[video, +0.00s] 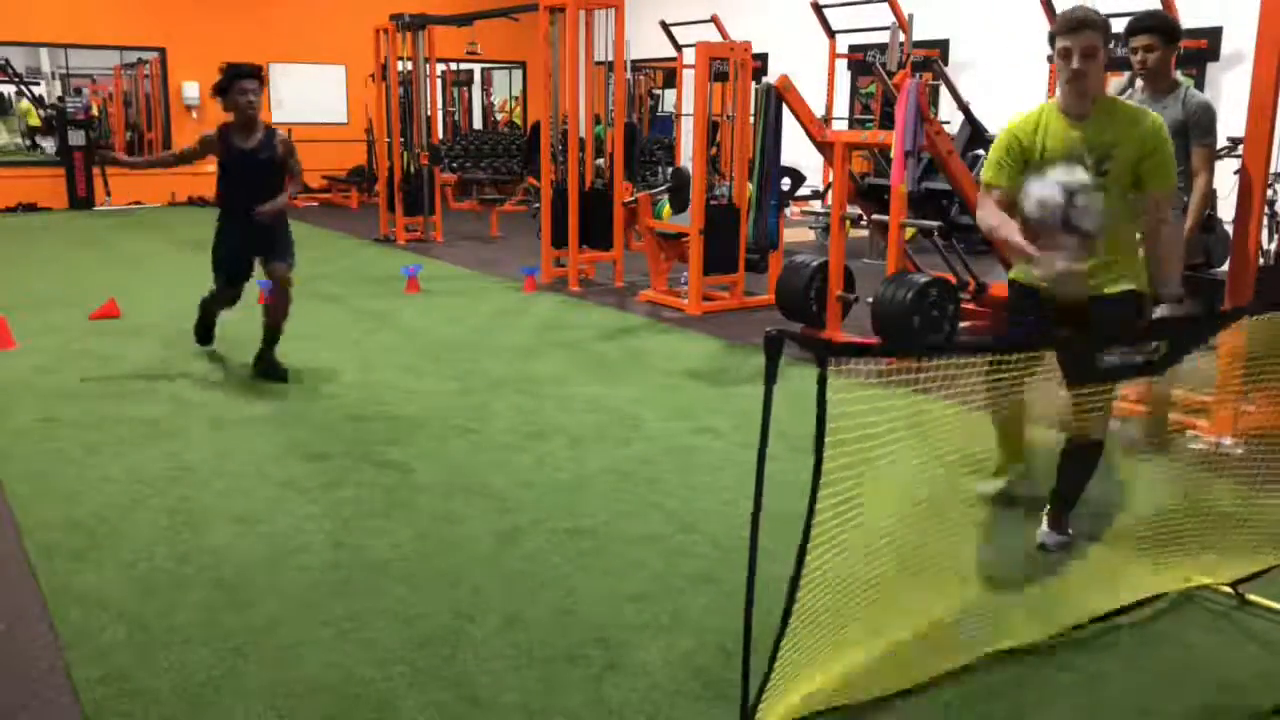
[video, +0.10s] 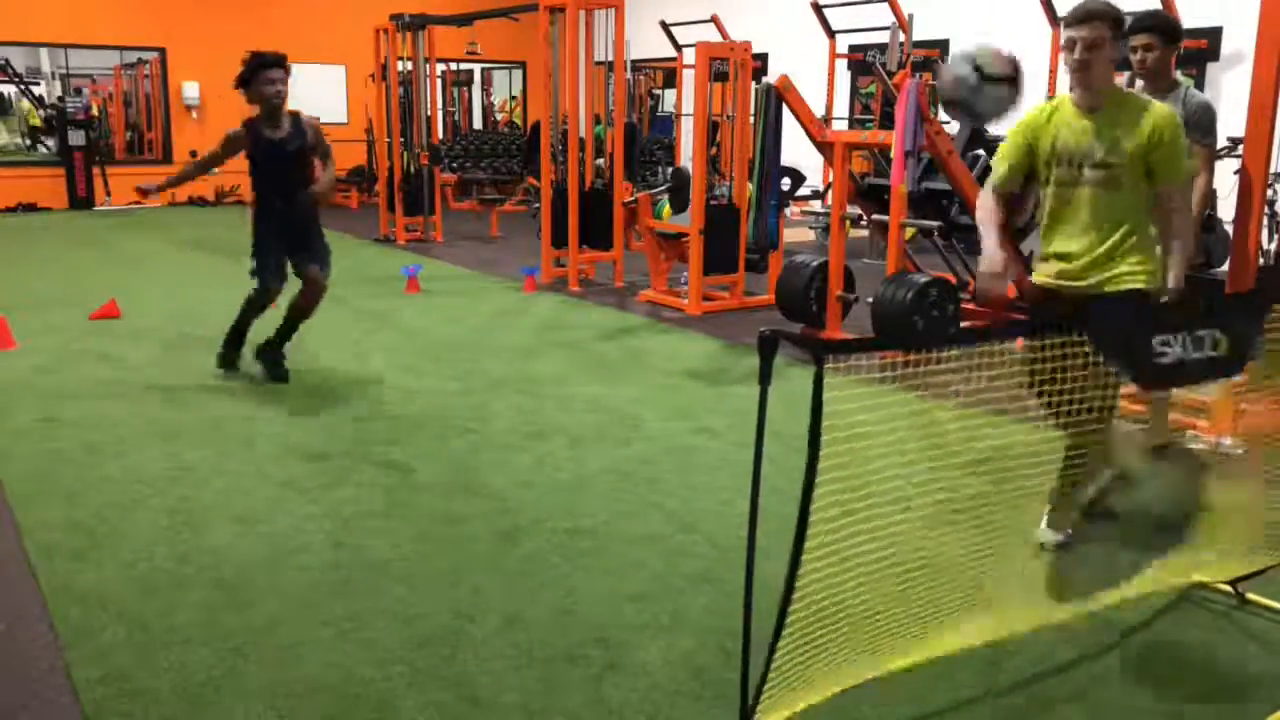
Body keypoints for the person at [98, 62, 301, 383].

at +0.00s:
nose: (251, 100)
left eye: (256, 93)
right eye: (243, 94)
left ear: (262, 98)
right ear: (228, 101)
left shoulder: (280, 144)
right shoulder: (219, 141)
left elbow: (297, 183)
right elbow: (175, 158)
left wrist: (279, 203)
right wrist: (125, 161)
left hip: (272, 223)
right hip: (234, 224)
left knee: (281, 281)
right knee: (229, 294)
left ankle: (267, 354)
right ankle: (207, 311)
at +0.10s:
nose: (278, 89)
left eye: (282, 82)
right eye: (269, 83)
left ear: (288, 87)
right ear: (251, 93)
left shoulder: (307, 128)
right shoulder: (246, 136)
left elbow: (328, 159)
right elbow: (206, 163)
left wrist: (324, 183)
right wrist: (161, 186)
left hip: (304, 220)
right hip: (269, 223)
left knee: (316, 282)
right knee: (270, 288)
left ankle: (274, 346)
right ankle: (235, 339)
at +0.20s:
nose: (314, 88)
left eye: (317, 80)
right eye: (304, 82)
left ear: (322, 85)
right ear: (285, 90)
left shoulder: (336, 126)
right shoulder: (276, 137)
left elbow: (352, 173)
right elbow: (240, 174)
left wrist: (361, 178)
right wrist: (215, 200)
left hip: (337, 216)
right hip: (301, 219)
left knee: (367, 277)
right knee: (314, 283)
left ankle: (329, 342)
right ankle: (288, 370)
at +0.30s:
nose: (356, 93)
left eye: (358, 86)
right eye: (346, 87)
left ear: (365, 92)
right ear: (327, 100)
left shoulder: (373, 139)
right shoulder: (320, 146)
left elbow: (368, 182)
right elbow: (288, 194)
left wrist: (391, 193)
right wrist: (273, 236)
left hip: (364, 232)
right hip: (330, 235)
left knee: (411, 283)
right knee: (345, 304)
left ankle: (431, 368)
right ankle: (302, 382)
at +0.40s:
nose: (397, 87)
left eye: (399, 80)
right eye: (387, 81)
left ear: (404, 86)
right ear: (366, 92)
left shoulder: (408, 133)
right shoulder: (360, 137)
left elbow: (410, 174)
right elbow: (337, 186)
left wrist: (423, 189)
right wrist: (348, 227)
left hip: (409, 232)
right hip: (376, 235)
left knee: (448, 293)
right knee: (394, 303)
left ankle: (464, 374)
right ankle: (336, 361)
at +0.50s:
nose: (426, 73)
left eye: (427, 66)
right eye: (415, 67)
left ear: (431, 73)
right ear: (394, 80)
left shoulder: (438, 121)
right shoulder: (385, 125)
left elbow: (438, 163)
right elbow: (363, 172)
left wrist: (452, 171)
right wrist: (388, 197)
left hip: (439, 220)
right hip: (407, 223)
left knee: (475, 287)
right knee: (439, 289)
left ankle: (468, 374)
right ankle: (404, 366)